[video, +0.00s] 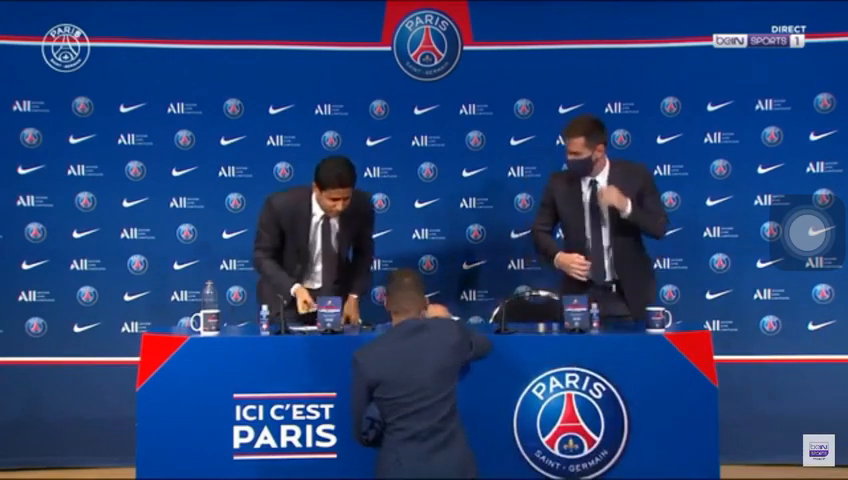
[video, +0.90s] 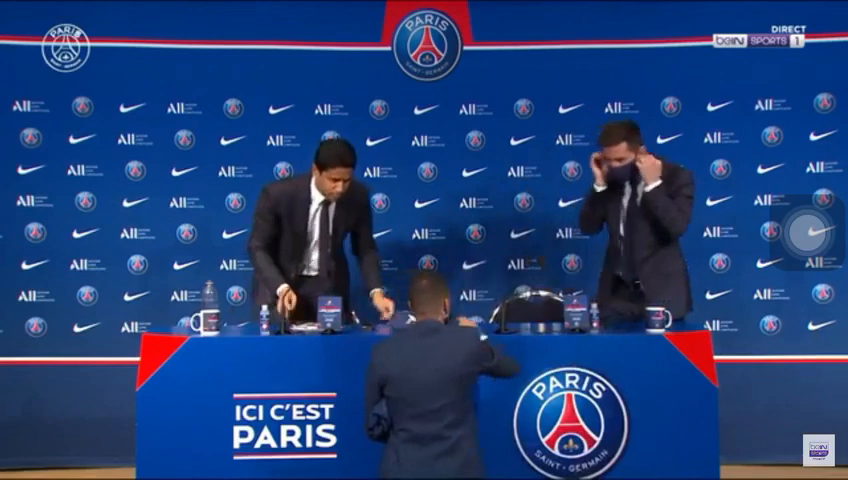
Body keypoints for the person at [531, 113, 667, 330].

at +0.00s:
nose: (570, 160)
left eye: (577, 155)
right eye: (568, 153)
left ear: (599, 151)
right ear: (566, 148)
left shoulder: (635, 176)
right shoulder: (559, 183)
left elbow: (659, 227)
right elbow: (540, 231)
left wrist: (626, 207)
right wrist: (558, 257)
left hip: (627, 295)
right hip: (581, 296)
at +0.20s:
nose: (573, 163)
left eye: (579, 157)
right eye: (570, 156)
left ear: (601, 151)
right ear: (566, 152)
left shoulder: (633, 174)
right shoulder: (558, 182)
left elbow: (659, 223)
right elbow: (538, 231)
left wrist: (623, 200)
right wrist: (557, 241)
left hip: (626, 290)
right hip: (580, 291)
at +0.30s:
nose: (580, 168)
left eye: (586, 162)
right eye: (576, 162)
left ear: (606, 154)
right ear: (571, 156)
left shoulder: (634, 173)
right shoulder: (564, 180)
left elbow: (659, 224)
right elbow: (543, 235)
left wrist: (624, 187)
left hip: (625, 290)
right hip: (580, 289)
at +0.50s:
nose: (592, 169)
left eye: (599, 163)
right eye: (588, 163)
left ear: (618, 154)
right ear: (583, 158)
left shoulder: (650, 174)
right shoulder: (585, 180)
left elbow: (659, 226)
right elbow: (559, 230)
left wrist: (631, 186)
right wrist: (575, 191)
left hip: (637, 291)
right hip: (594, 291)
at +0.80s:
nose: (609, 168)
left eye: (615, 162)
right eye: (604, 162)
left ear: (636, 153)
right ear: (599, 158)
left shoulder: (671, 177)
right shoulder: (607, 180)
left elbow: (672, 226)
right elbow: (583, 227)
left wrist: (646, 183)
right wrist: (596, 184)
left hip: (655, 292)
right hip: (614, 292)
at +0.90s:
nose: (613, 167)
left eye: (620, 160)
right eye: (607, 161)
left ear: (640, 153)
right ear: (602, 157)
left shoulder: (676, 178)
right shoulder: (611, 180)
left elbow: (676, 227)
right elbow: (589, 227)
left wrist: (653, 183)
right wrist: (599, 183)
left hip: (660, 291)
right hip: (618, 292)